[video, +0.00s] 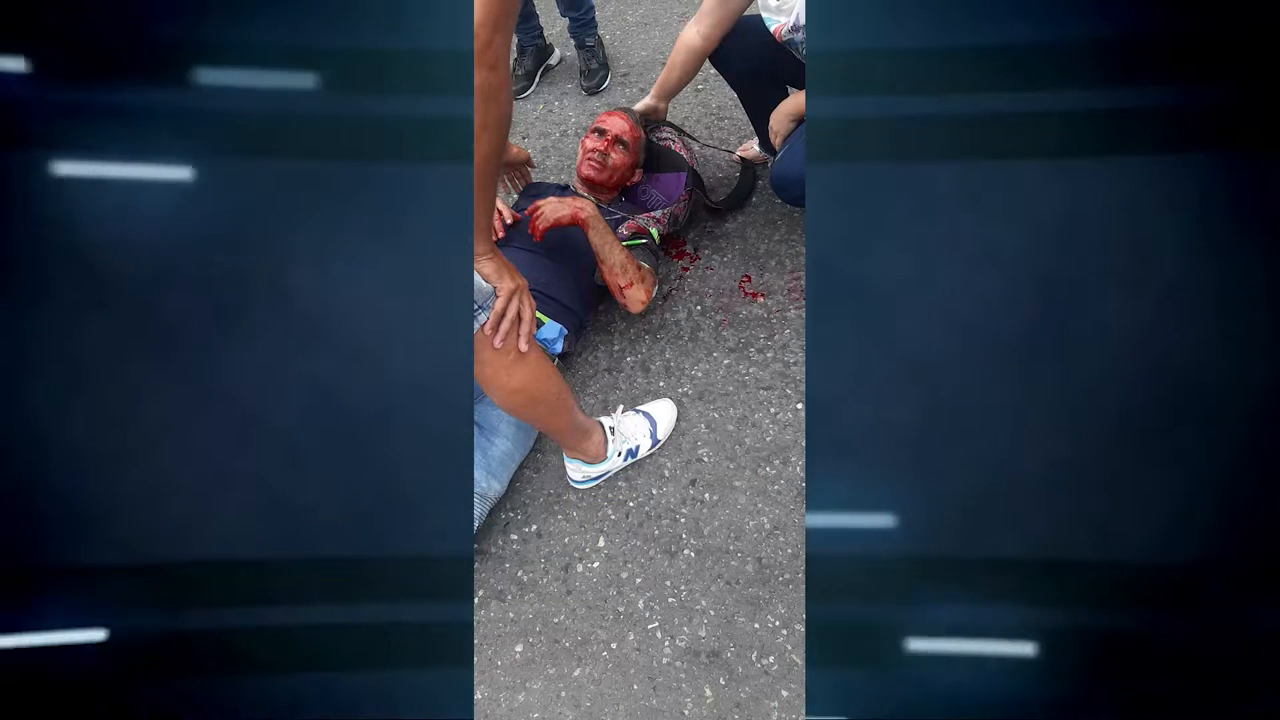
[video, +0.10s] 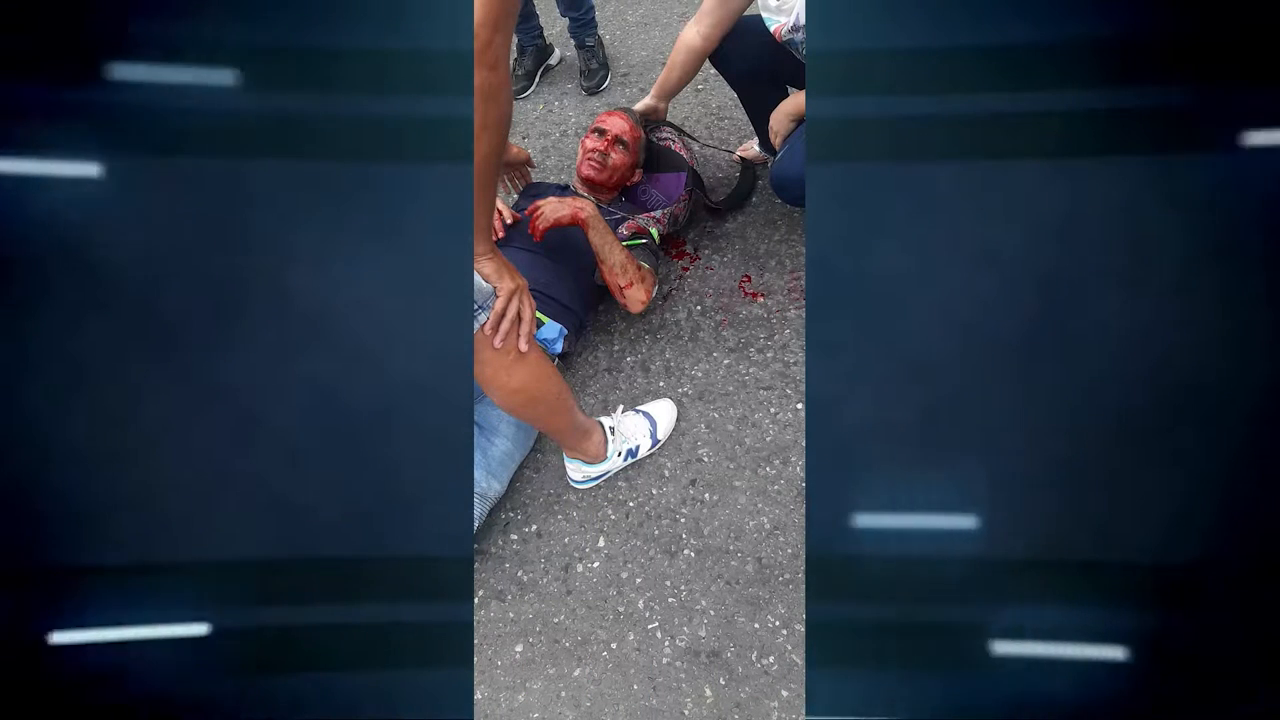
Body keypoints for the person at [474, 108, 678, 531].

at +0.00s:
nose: (602, 145)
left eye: (620, 144)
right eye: (597, 134)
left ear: (634, 172)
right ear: (580, 143)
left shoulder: (627, 221)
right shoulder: (534, 192)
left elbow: (636, 297)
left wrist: (590, 216)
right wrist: (481, 203)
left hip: (531, 344)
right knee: (495, 336)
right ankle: (590, 444)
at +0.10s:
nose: (602, 145)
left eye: (620, 144)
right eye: (597, 134)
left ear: (634, 172)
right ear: (580, 143)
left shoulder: (627, 221)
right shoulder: (534, 192)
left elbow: (637, 297)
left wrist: (590, 216)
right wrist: (481, 202)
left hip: (531, 344)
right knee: (495, 336)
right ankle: (590, 444)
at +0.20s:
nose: (599, 145)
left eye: (618, 143)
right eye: (593, 133)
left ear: (635, 170)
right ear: (579, 141)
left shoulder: (629, 223)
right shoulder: (534, 191)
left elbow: (637, 296)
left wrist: (589, 218)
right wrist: (484, 238)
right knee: (492, 332)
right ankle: (590, 445)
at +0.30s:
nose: (600, 146)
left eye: (618, 144)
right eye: (595, 133)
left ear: (634, 171)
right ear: (579, 141)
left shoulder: (624, 224)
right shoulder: (531, 189)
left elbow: (637, 297)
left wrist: (590, 216)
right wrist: (482, 235)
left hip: (533, 340)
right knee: (494, 338)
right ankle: (590, 443)